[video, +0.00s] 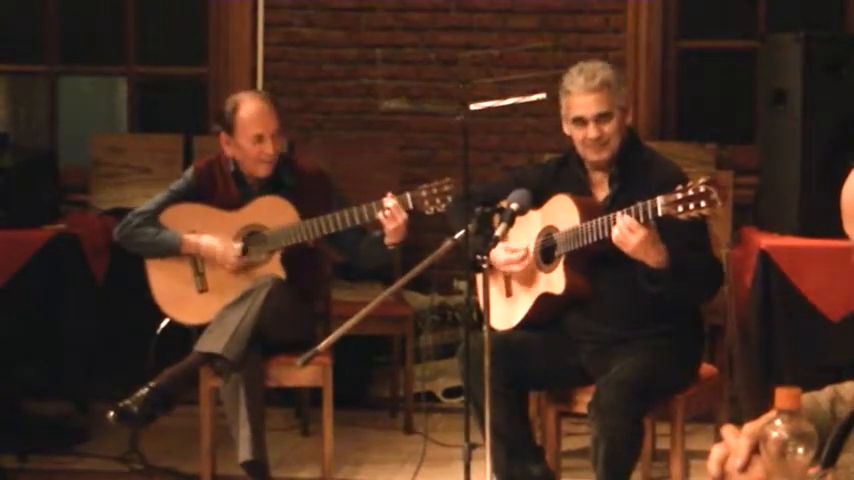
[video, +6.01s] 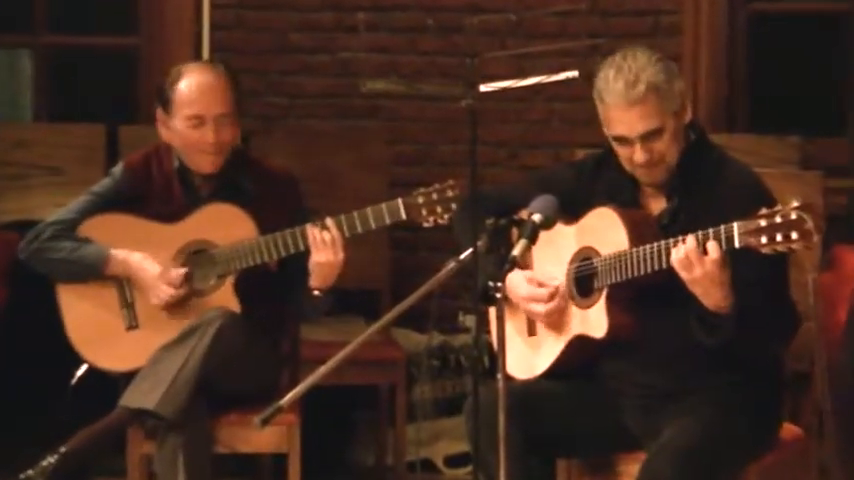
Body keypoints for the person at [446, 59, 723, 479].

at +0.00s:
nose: (593, 133)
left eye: (603, 119)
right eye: (579, 122)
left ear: (626, 115)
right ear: (564, 124)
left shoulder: (665, 183)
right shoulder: (555, 177)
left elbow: (706, 280)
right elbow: (464, 205)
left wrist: (659, 258)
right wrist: (488, 249)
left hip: (655, 341)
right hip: (575, 337)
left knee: (613, 399)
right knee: (486, 355)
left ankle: (610, 474)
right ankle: (523, 471)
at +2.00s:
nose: (571, 146)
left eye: (582, 134)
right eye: (563, 134)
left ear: (619, 124)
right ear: (556, 128)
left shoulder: (663, 183)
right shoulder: (558, 176)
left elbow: (706, 281)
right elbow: (470, 204)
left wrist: (660, 261)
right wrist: (487, 250)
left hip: (655, 342)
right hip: (574, 336)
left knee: (610, 400)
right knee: (484, 352)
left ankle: (612, 474)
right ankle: (523, 471)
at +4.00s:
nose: (550, 139)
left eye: (559, 129)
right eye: (549, 127)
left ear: (599, 128)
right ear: (593, 129)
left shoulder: (666, 186)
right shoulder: (557, 178)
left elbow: (705, 285)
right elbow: (467, 204)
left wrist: (661, 261)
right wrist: (489, 249)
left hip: (654, 343)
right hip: (574, 336)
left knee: (613, 404)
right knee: (484, 355)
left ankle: (613, 474)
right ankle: (523, 471)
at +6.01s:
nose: (640, 156)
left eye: (653, 137)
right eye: (622, 142)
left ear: (684, 116)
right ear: (604, 129)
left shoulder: (735, 192)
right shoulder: (591, 179)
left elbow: (774, 332)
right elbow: (475, 209)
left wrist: (723, 306)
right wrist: (503, 277)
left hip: (717, 394)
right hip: (612, 388)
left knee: (672, 460)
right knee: (498, 406)